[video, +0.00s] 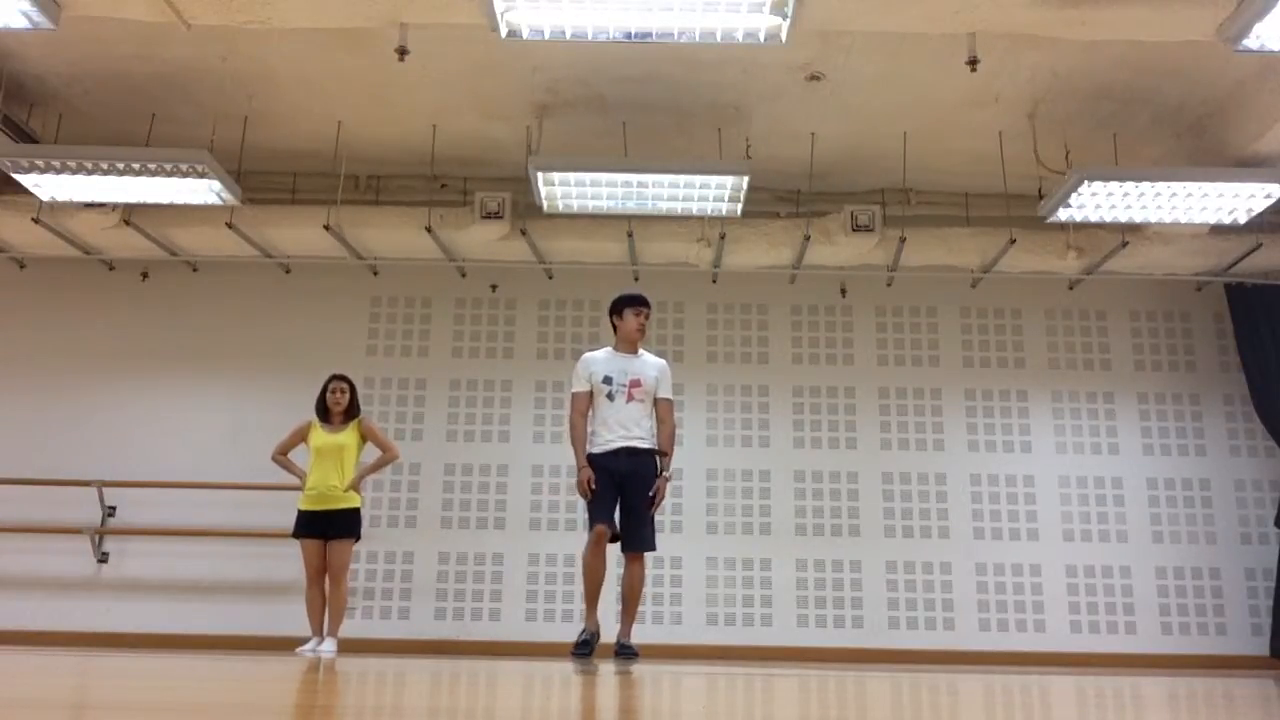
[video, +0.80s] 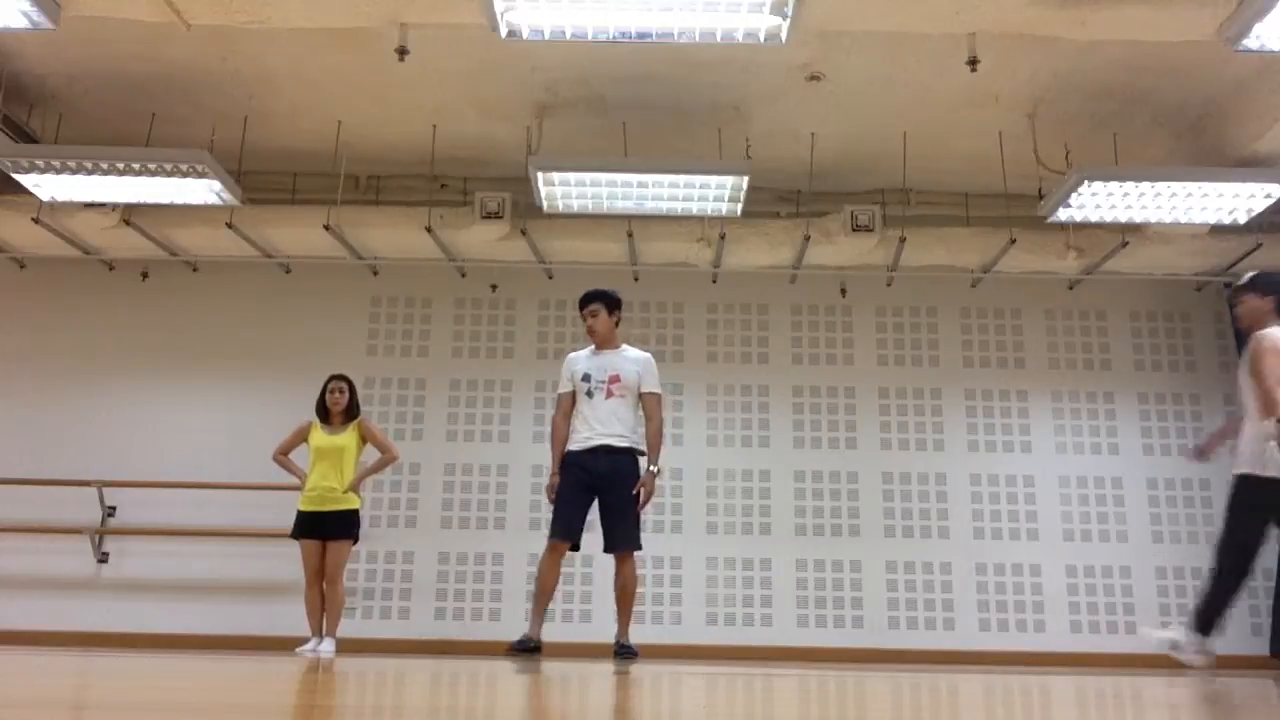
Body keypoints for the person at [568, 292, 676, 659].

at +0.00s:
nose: (643, 322)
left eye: (646, 317)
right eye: (636, 316)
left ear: (647, 324)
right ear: (616, 320)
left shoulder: (658, 367)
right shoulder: (591, 362)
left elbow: (666, 422)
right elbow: (578, 416)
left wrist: (664, 473)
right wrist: (582, 464)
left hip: (642, 462)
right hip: (601, 461)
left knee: (635, 550)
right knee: (599, 534)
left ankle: (624, 637)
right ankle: (590, 626)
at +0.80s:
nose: (588, 324)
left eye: (594, 315)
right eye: (584, 318)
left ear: (615, 317)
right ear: (583, 323)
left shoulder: (641, 361)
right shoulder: (574, 362)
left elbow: (654, 418)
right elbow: (562, 416)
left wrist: (651, 468)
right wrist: (555, 469)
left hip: (621, 462)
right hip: (578, 460)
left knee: (624, 552)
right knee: (556, 544)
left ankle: (623, 637)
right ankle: (533, 632)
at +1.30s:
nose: (535, 315)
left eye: (541, 307)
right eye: (534, 309)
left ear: (563, 309)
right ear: (541, 315)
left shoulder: (596, 351)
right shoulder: (532, 358)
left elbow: (606, 408)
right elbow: (518, 412)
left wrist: (593, 457)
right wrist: (508, 462)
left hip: (576, 457)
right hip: (533, 456)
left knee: (587, 542)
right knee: (530, 546)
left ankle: (608, 627)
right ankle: (528, 634)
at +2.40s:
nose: (591, 308)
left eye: (597, 302)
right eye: (584, 303)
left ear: (610, 311)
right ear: (575, 313)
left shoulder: (627, 357)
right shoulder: (557, 355)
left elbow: (638, 413)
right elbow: (541, 407)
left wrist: (634, 465)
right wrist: (533, 454)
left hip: (609, 459)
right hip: (564, 458)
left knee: (613, 550)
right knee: (545, 543)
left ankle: (612, 636)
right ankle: (531, 634)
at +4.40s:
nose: (584, 307)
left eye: (591, 301)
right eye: (578, 302)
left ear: (601, 311)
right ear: (566, 311)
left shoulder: (619, 357)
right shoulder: (548, 354)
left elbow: (627, 413)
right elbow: (532, 407)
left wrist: (625, 464)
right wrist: (527, 459)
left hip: (600, 456)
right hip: (555, 455)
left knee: (603, 549)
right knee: (546, 547)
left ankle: (605, 635)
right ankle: (537, 635)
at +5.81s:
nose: (608, 314)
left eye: (614, 309)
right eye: (601, 308)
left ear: (625, 318)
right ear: (591, 316)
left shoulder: (639, 364)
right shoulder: (572, 353)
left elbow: (652, 414)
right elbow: (560, 405)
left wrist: (668, 438)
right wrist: (579, 446)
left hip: (621, 457)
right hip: (579, 454)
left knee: (615, 549)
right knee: (578, 543)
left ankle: (606, 636)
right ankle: (582, 633)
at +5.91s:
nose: (602, 312)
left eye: (608, 307)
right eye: (596, 307)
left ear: (620, 315)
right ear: (586, 314)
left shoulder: (634, 358)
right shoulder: (570, 346)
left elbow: (660, 389)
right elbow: (561, 370)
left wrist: (690, 388)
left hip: (613, 458)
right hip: (572, 456)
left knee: (611, 549)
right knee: (565, 541)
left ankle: (606, 636)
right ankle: (555, 626)